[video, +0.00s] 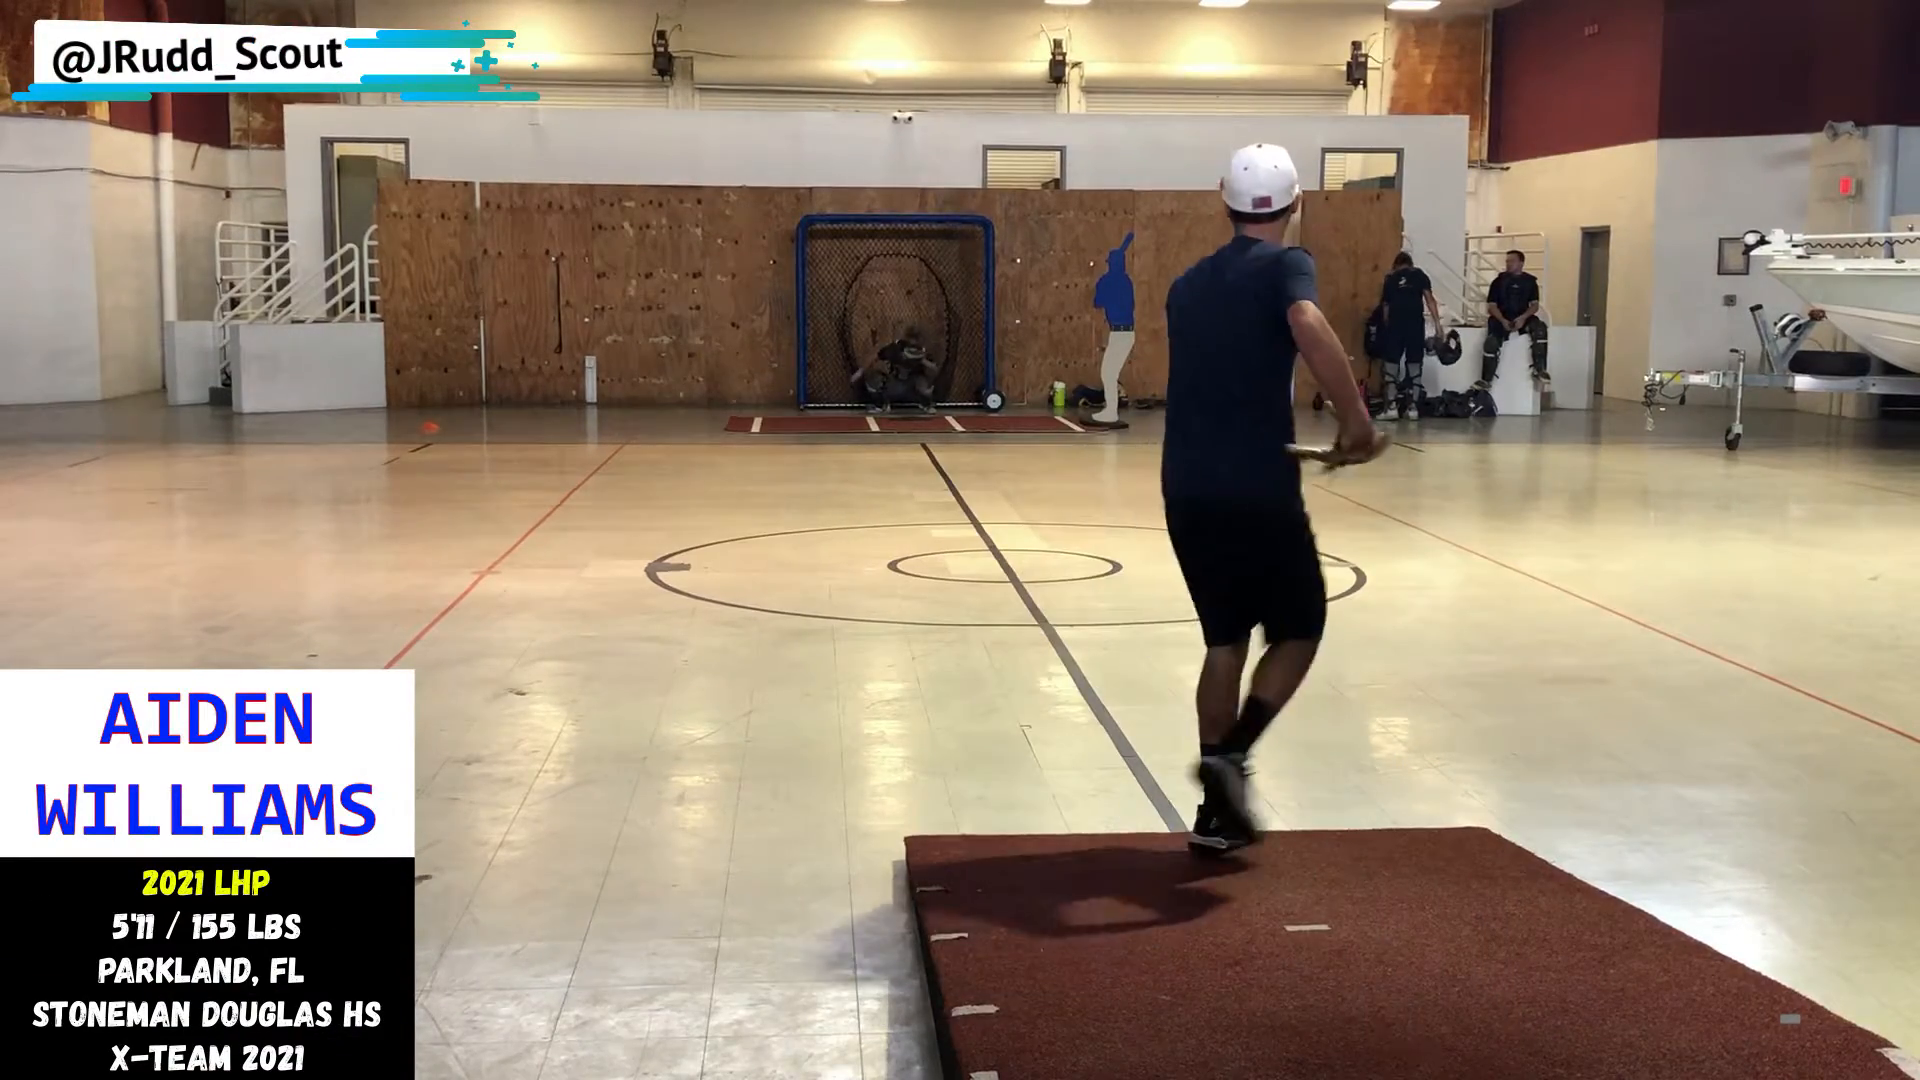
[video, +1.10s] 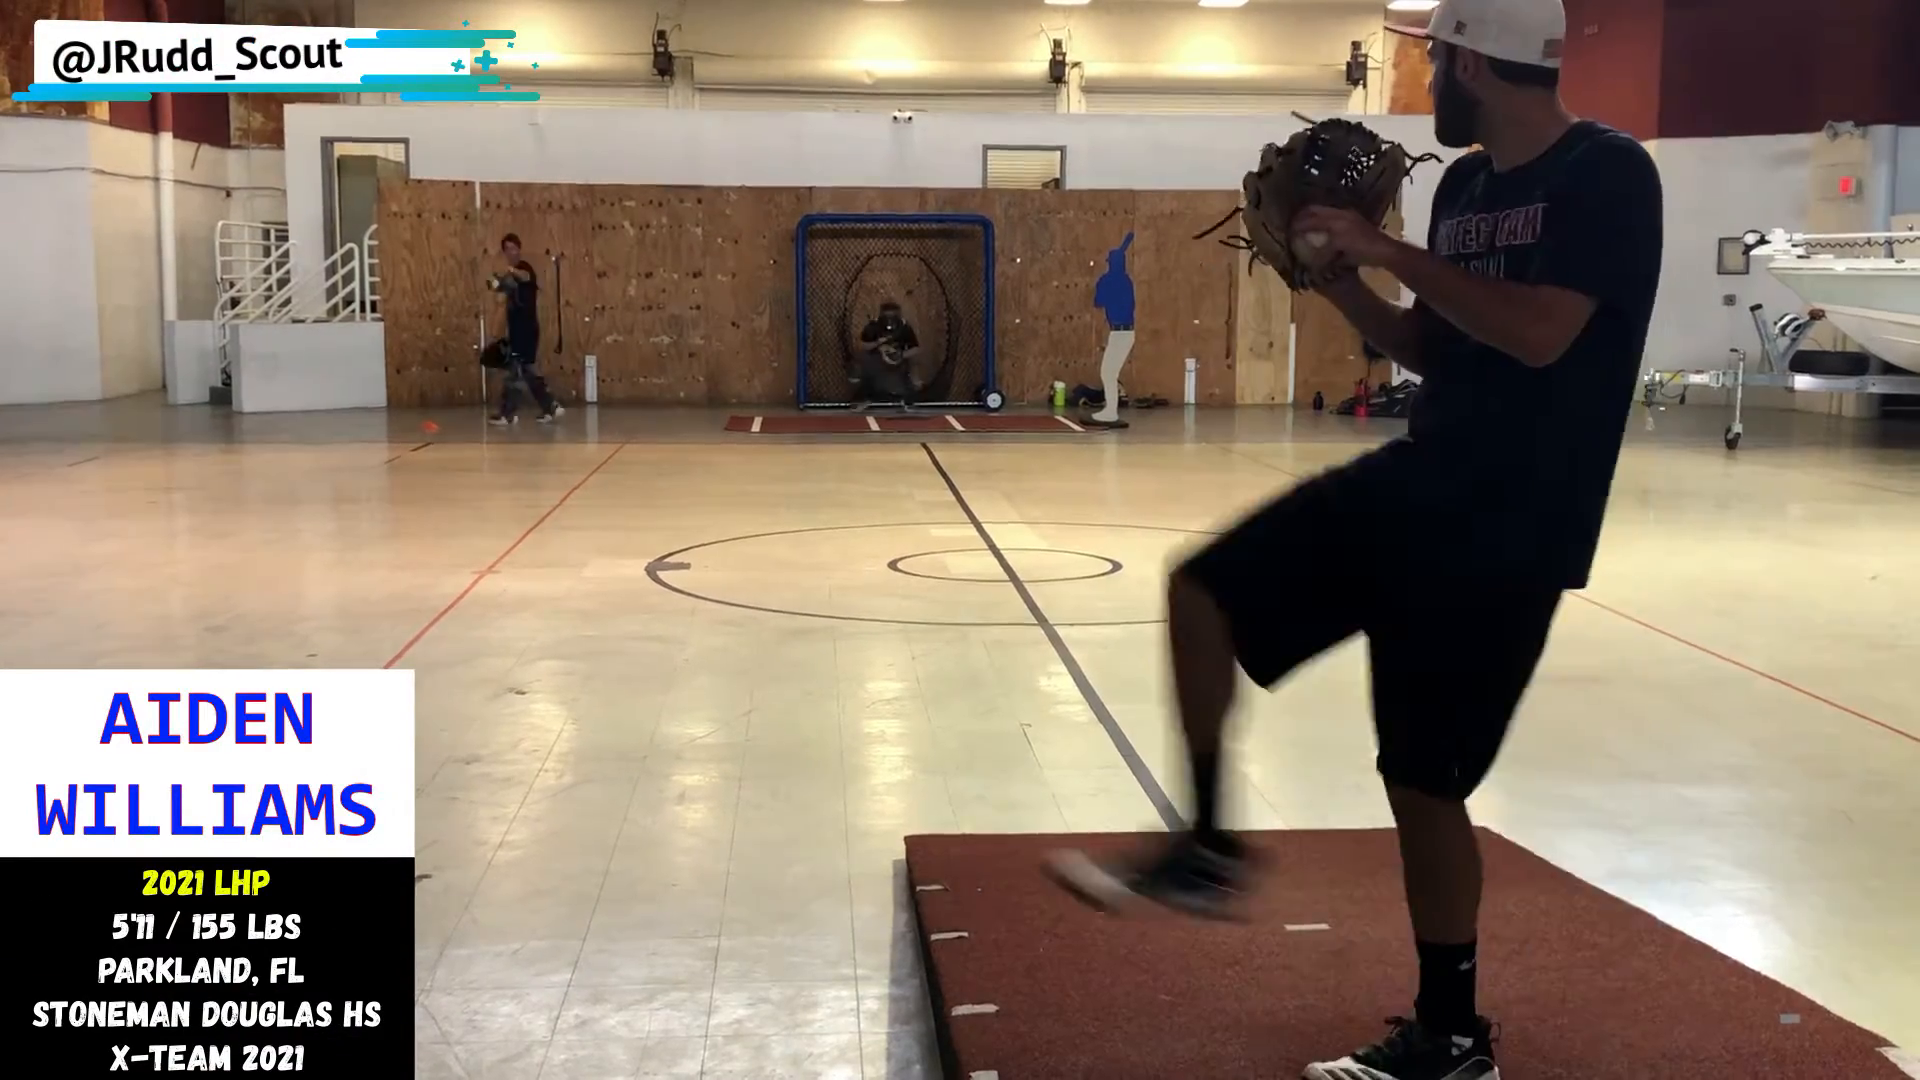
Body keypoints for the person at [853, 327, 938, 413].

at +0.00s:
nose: (911, 343)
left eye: (915, 340)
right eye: (909, 339)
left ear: (919, 340)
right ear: (905, 338)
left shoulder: (921, 351)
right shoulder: (895, 347)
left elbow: (934, 370)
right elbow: (876, 358)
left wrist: (922, 360)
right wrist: (861, 371)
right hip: (894, 380)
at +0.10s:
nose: (909, 343)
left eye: (913, 339)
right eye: (906, 339)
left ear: (918, 338)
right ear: (901, 337)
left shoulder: (920, 348)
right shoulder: (892, 347)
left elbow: (931, 363)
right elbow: (876, 363)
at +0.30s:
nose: (904, 319)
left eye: (908, 316)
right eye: (902, 315)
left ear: (913, 318)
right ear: (898, 316)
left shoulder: (918, 333)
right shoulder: (893, 333)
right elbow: (878, 339)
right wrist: (885, 327)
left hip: (917, 376)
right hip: (899, 374)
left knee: (916, 407)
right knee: (883, 375)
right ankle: (886, 404)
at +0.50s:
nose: (900, 311)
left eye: (904, 307)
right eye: (899, 308)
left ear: (914, 309)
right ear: (897, 310)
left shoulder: (918, 325)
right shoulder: (898, 325)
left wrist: (894, 311)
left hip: (914, 374)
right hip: (898, 369)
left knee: (911, 409)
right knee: (875, 379)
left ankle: (928, 399)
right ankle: (884, 403)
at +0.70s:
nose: (904, 303)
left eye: (908, 300)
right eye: (903, 300)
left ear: (916, 303)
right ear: (900, 303)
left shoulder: (916, 320)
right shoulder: (902, 317)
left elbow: (898, 321)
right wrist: (884, 315)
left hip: (913, 372)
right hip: (898, 369)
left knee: (909, 409)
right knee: (875, 379)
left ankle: (927, 399)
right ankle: (884, 403)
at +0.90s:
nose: (893, 328)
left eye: (896, 325)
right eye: (890, 325)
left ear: (901, 325)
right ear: (885, 324)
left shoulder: (908, 339)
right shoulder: (875, 339)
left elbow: (918, 358)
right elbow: (868, 359)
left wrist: (900, 362)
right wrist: (882, 353)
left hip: (903, 382)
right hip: (883, 381)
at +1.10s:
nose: (890, 319)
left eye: (893, 316)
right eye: (886, 316)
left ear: (898, 315)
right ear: (881, 315)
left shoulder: (905, 328)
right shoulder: (872, 327)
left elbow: (916, 349)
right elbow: (863, 346)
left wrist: (901, 355)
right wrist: (878, 343)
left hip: (898, 370)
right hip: (877, 370)